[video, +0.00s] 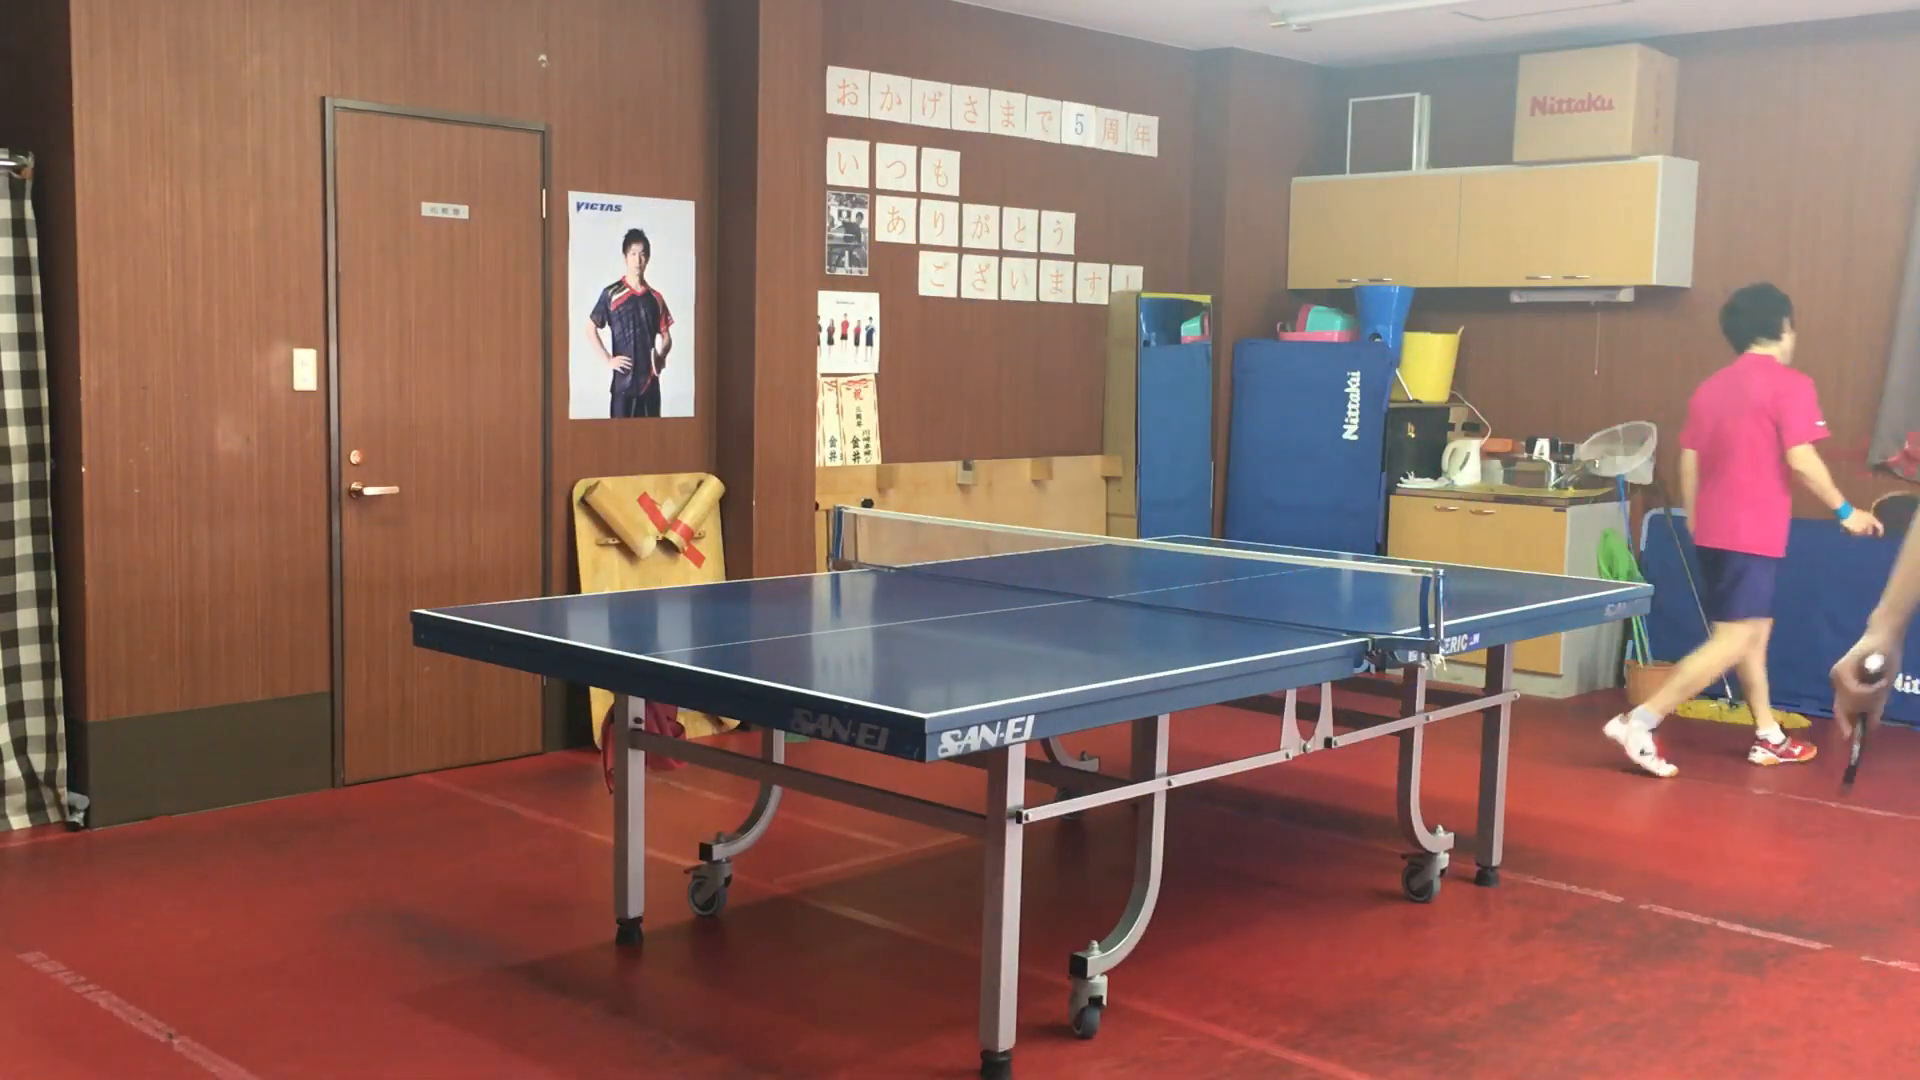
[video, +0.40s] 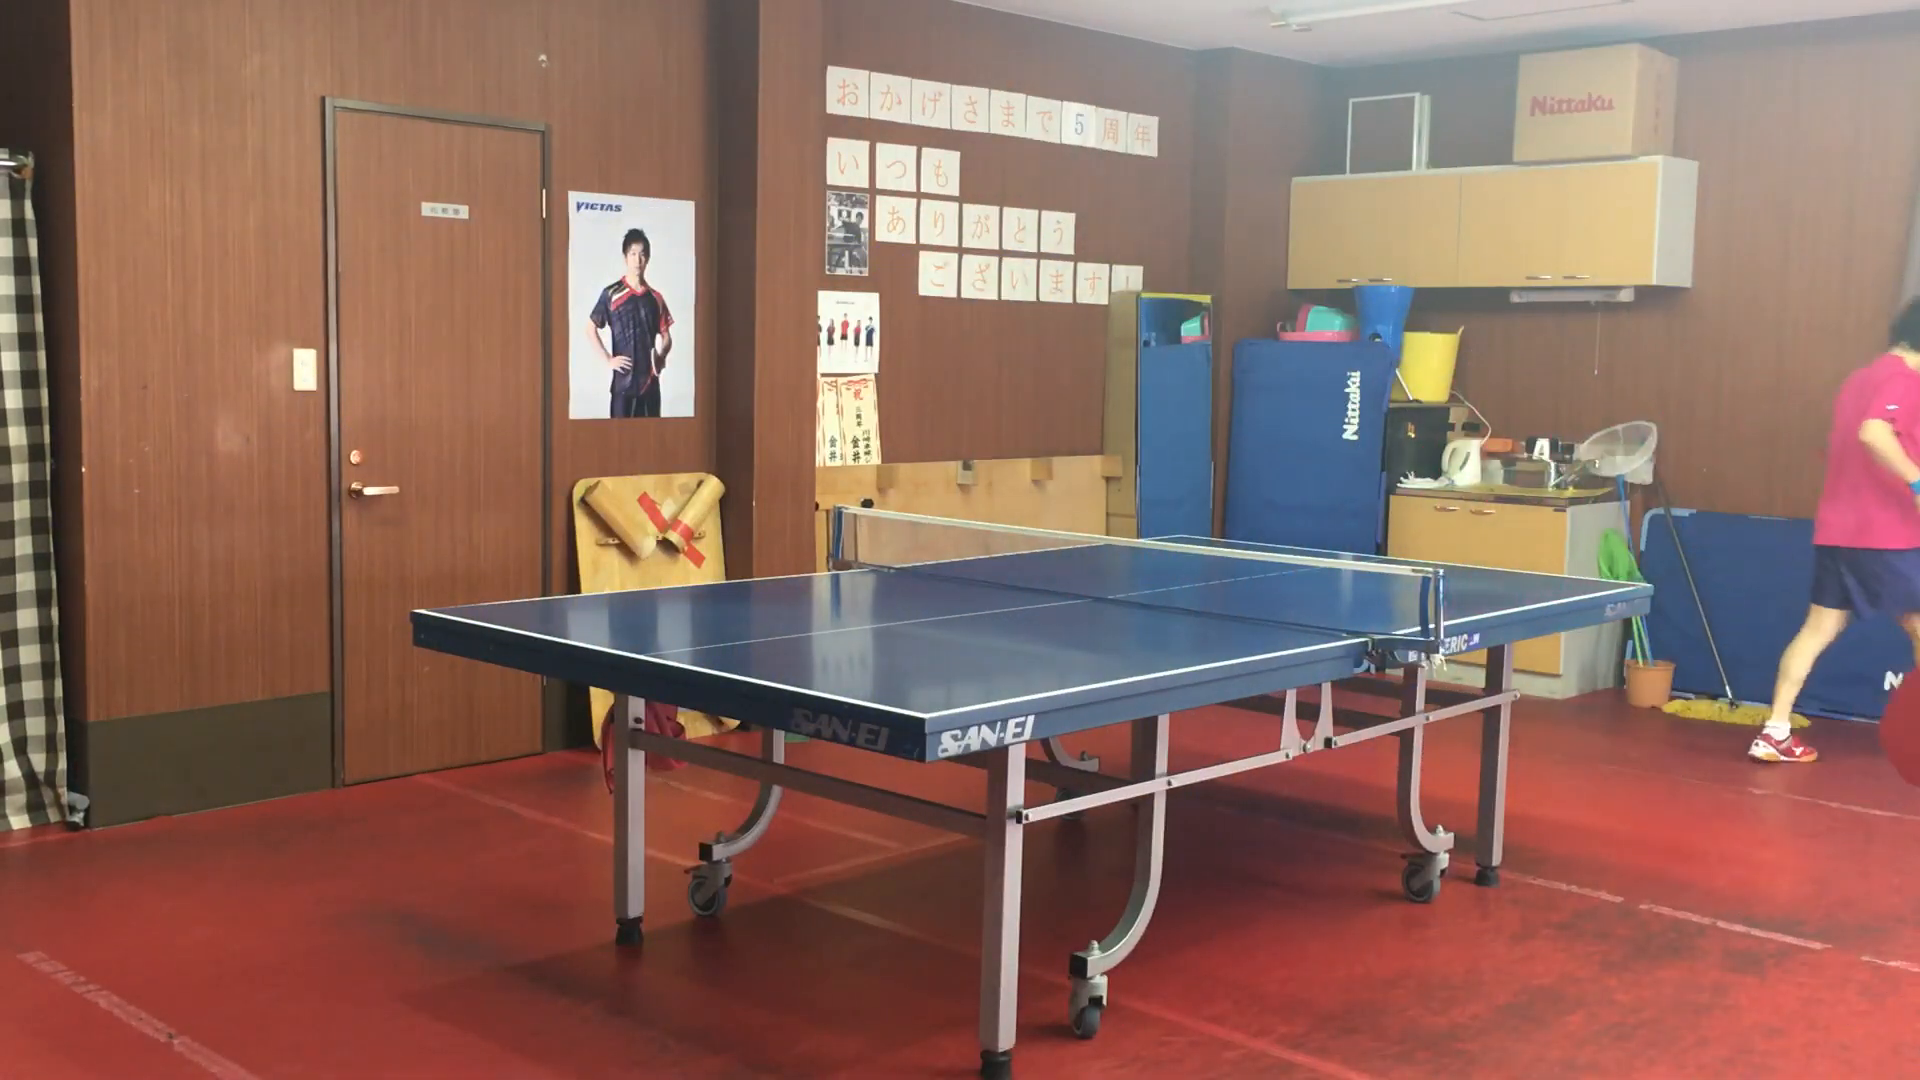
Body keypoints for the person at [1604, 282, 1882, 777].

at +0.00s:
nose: (1794, 335)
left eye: (1791, 326)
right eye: (1792, 326)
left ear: (1738, 335)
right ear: (1781, 328)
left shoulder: (1710, 387)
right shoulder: (1788, 383)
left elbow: (1688, 463)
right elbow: (1800, 458)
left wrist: (1696, 522)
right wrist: (1845, 511)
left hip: (1712, 534)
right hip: (1755, 538)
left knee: (1754, 632)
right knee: (1735, 638)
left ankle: (1768, 735)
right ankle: (1639, 723)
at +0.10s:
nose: (1830, 335)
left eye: (1829, 326)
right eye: (1828, 326)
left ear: (1777, 331)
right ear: (1815, 327)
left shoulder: (1743, 383)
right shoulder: (1815, 374)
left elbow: (1724, 459)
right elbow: (1814, 445)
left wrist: (1733, 518)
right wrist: (1856, 501)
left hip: (1747, 527)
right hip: (1790, 529)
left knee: (1772, 624)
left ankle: (1770, 734)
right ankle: (1703, 699)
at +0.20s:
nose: (1869, 339)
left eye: (1870, 329)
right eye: (1869, 328)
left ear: (1817, 325)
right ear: (1853, 325)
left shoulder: (1778, 376)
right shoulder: (1840, 370)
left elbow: (1761, 455)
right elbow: (1826, 437)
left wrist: (1772, 513)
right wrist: (1865, 494)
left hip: (1778, 525)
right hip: (1823, 525)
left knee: (1786, 622)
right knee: (1869, 624)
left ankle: (1773, 737)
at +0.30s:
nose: (1911, 347)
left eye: (1913, 338)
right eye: (1912, 336)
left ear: (1857, 326)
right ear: (1896, 330)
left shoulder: (1816, 374)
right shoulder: (1869, 369)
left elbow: (1800, 460)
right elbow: (1843, 431)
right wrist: (1885, 490)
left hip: (1806, 529)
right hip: (1852, 530)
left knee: (1799, 625)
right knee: (1910, 623)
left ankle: (1773, 733)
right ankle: (1873, 734)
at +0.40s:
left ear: (1896, 332)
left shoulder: (1856, 379)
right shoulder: (1905, 376)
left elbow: (1838, 451)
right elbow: (1875, 432)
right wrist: (1917, 482)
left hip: (1836, 536)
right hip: (1887, 540)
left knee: (1817, 629)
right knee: (1919, 634)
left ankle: (1775, 730)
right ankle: (1915, 743)